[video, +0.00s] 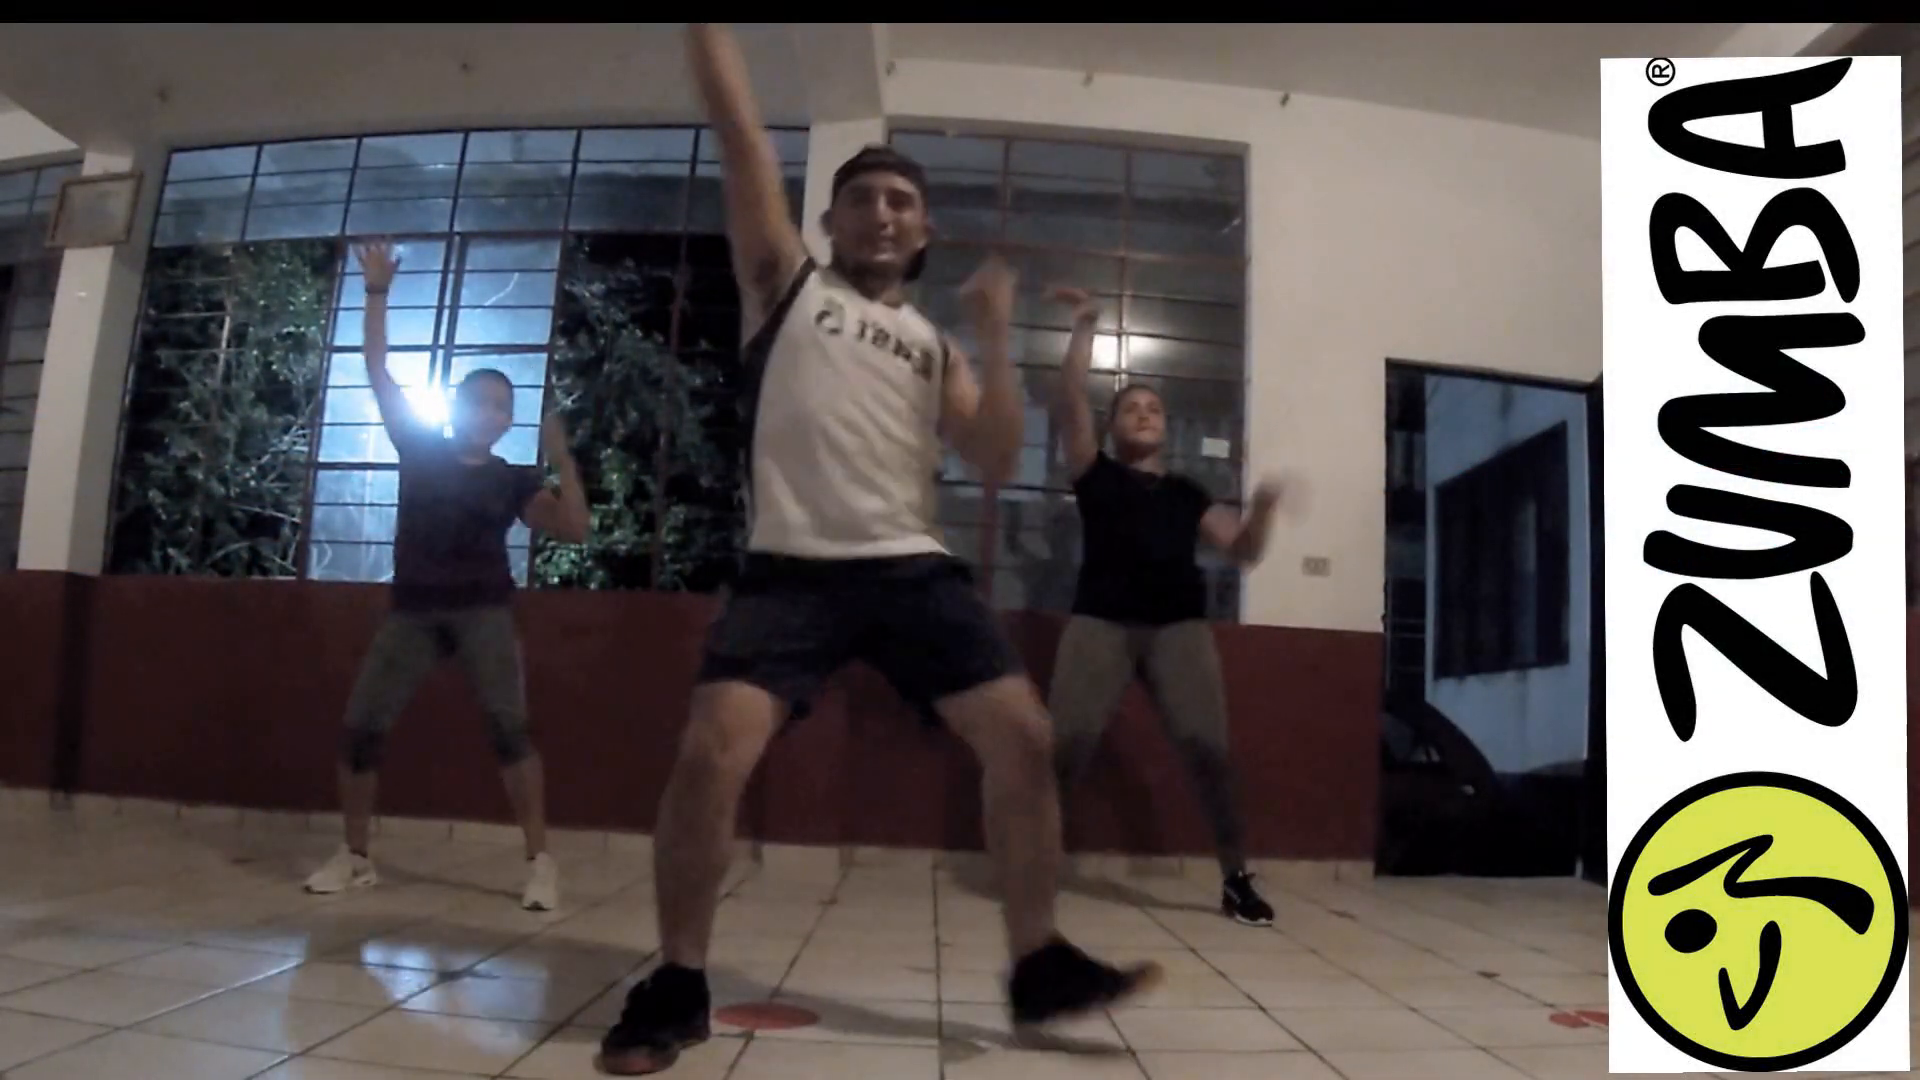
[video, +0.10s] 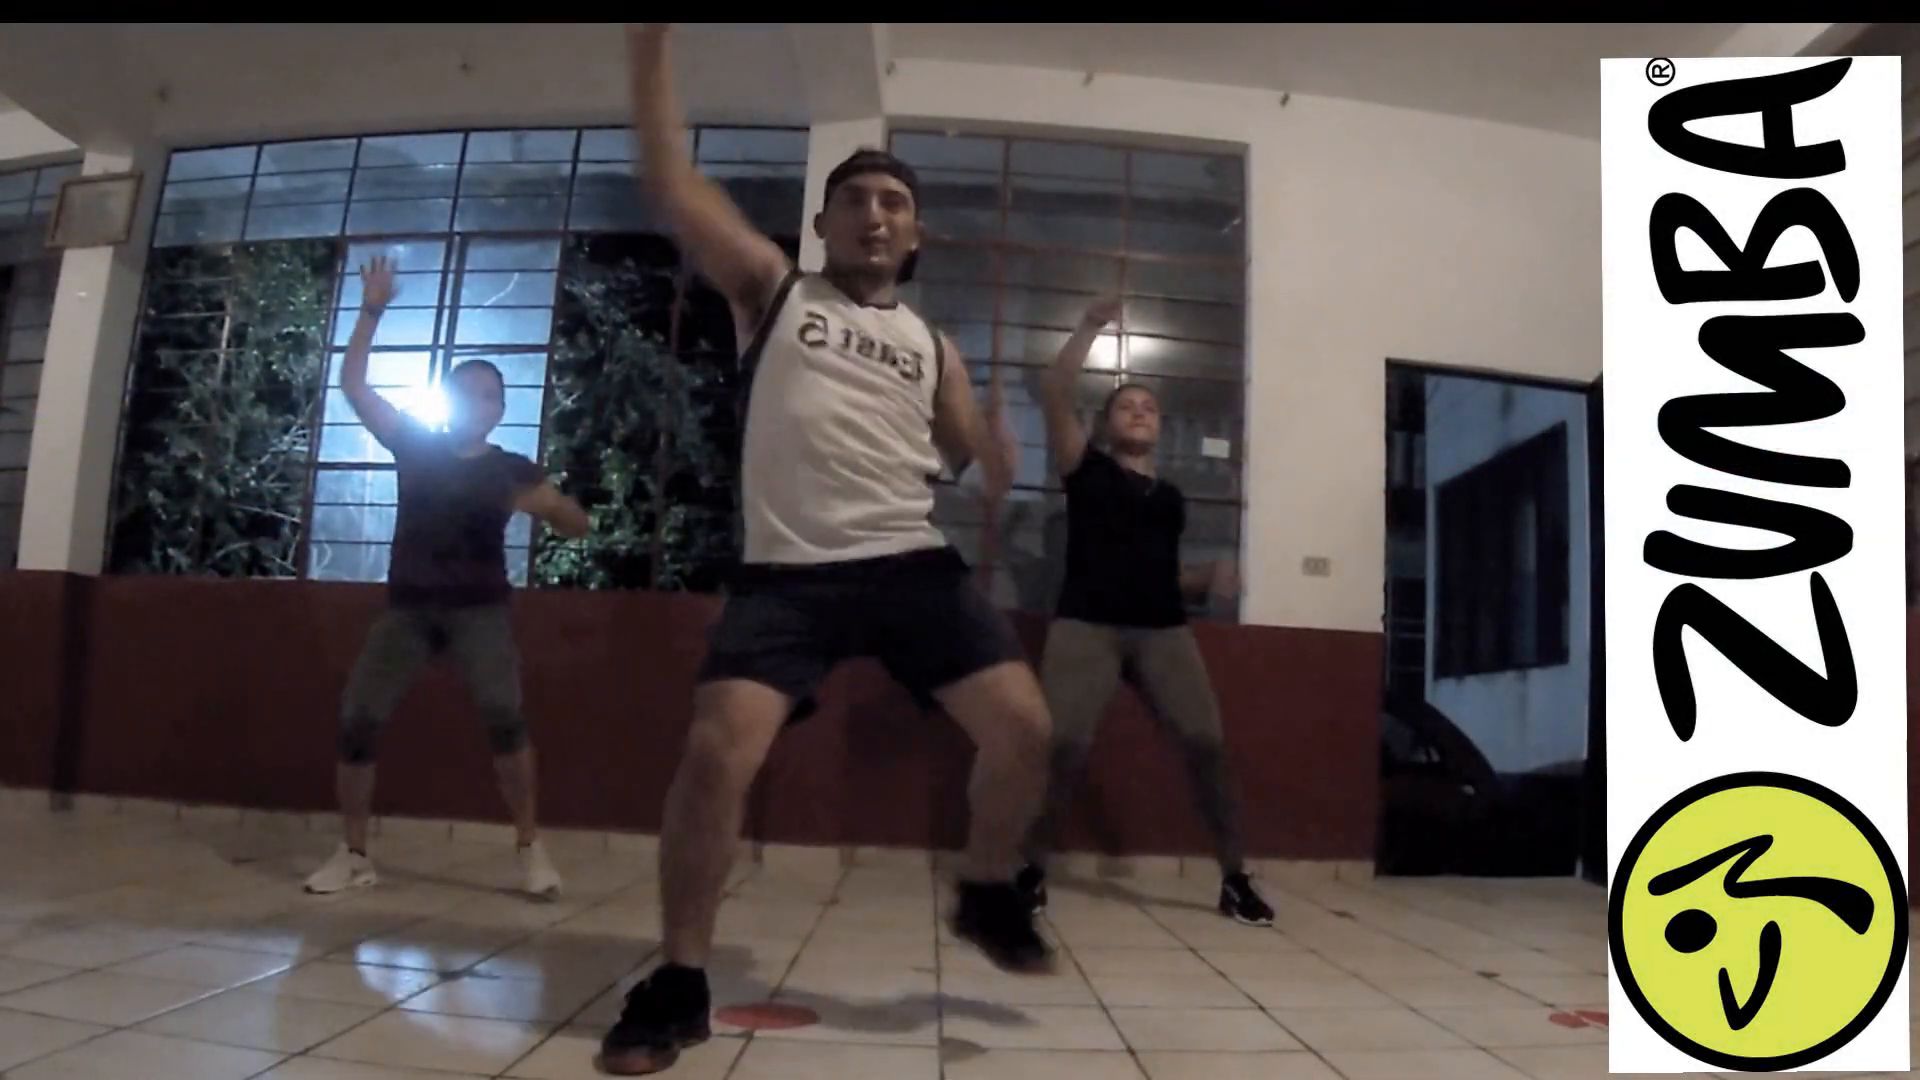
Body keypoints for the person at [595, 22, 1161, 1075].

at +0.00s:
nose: (883, 209)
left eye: (902, 201)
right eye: (864, 198)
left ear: (921, 236)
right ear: (831, 224)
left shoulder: (932, 346)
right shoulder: (788, 283)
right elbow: (738, 132)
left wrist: (997, 331)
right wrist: (703, 20)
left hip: (914, 577)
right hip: (786, 577)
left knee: (1022, 737)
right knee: (709, 748)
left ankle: (1036, 966)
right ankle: (676, 981)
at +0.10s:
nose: (876, 212)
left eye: (893, 203)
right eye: (858, 200)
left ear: (915, 236)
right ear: (823, 224)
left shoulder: (929, 344)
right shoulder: (774, 286)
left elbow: (982, 453)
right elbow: (673, 182)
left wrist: (996, 471)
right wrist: (651, 46)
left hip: (914, 573)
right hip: (784, 579)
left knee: (1023, 730)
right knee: (714, 747)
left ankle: (991, 895)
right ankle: (677, 980)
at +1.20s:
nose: (1015, 272)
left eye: (1031, 259)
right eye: (1000, 260)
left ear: (1057, 271)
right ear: (975, 272)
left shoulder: (1096, 352)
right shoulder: (940, 354)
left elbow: (1192, 405)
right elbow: (819, 364)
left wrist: (1297, 407)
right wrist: (701, 357)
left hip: (1081, 584)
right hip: (959, 583)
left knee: (1155, 750)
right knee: (885, 743)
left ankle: (1221, 913)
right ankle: (801, 900)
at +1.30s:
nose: (1069, 291)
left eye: (1084, 278)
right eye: (1054, 278)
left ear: (1111, 289)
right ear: (1031, 292)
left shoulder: (1152, 368)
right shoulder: (1003, 383)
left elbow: (1255, 424)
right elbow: (884, 406)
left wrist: (1367, 421)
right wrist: (775, 394)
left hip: (1143, 599)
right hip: (1025, 599)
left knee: (1191, 770)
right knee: (945, 750)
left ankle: (1219, 927)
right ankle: (848, 906)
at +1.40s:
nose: (1111, 312)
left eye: (1126, 298)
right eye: (1095, 299)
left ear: (1153, 310)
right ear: (1073, 312)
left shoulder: (1192, 387)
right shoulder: (1041, 392)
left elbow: (1291, 429)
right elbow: (939, 428)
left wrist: (1404, 410)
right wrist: (863, 407)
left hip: (1187, 607)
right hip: (1074, 608)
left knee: (1222, 784)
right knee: (995, 759)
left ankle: (1221, 929)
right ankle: (891, 904)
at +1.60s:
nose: (1150, 273)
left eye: (1163, 260)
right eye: (1135, 260)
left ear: (1182, 273)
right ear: (1106, 271)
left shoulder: (1214, 353)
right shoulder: (1069, 348)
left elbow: (1268, 443)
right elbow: (995, 366)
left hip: (1187, 568)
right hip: (1083, 567)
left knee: (1220, 738)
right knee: (1050, 692)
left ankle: (1214, 916)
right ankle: (1053, 861)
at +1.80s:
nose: (1150, 334)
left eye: (1167, 321)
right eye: (1138, 320)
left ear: (1195, 335)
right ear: (1118, 333)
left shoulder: (1216, 414)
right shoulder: (1077, 407)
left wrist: (1235, 415)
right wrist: (1049, 420)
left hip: (1180, 611)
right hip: (1086, 611)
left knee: (1218, 781)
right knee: (1093, 754)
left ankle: (1202, 931)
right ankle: (1132, 922)